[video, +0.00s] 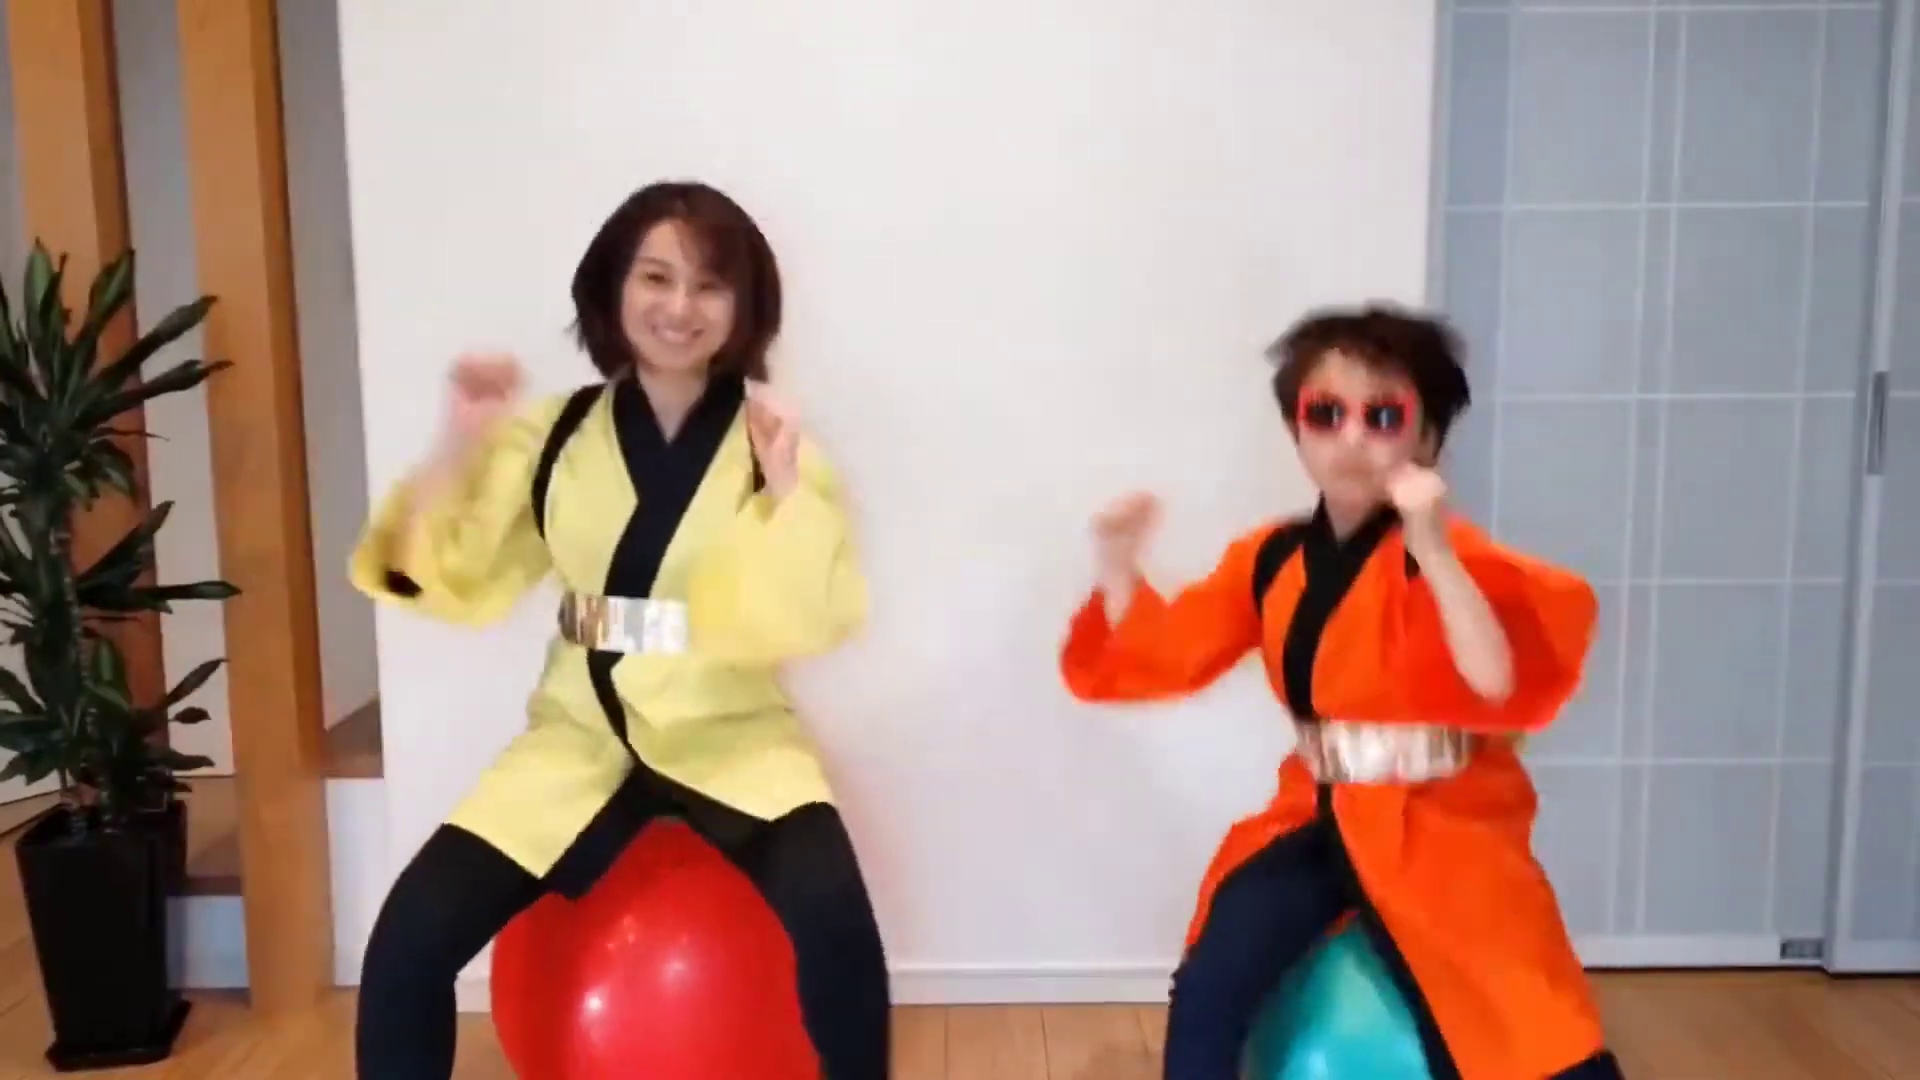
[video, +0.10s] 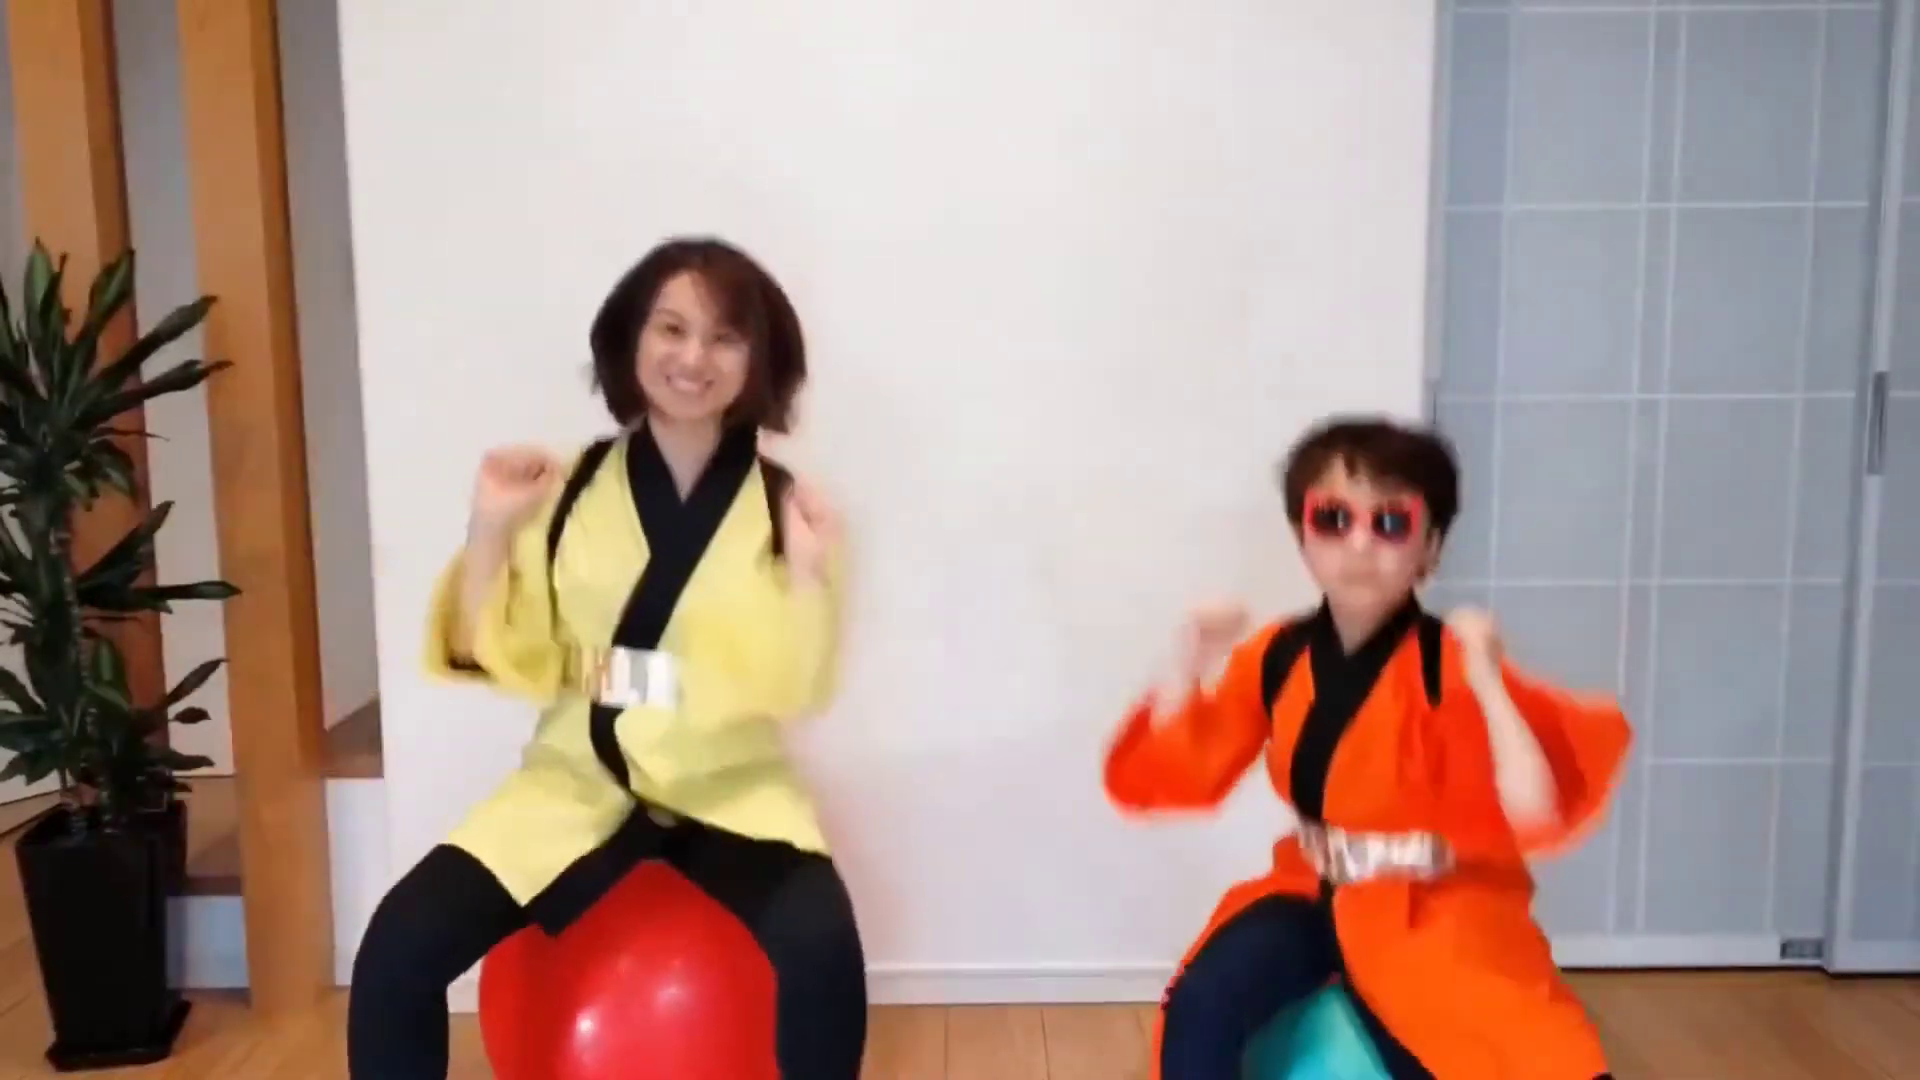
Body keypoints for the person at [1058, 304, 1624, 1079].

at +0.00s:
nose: (1353, 436)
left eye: (1382, 415)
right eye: (1325, 412)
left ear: (1425, 434)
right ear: (1294, 430)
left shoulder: (1450, 554)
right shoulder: (1273, 560)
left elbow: (1498, 681)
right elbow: (1162, 657)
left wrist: (1431, 548)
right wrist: (1118, 570)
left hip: (1445, 827)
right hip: (1321, 820)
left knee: (1543, 1036)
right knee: (1209, 984)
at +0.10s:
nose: (1360, 542)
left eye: (1392, 520)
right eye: (1332, 517)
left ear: (1432, 550)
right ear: (1302, 542)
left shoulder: (1456, 662)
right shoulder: (1276, 657)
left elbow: (1541, 821)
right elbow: (1162, 782)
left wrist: (1489, 682)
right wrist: (1182, 678)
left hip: (1438, 903)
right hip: (1316, 896)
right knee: (1202, 1005)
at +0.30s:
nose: (1407, 465)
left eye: (1440, 444)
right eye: (1381, 433)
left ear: (1465, 462)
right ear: (1334, 441)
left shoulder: (1495, 592)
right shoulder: (1285, 571)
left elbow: (1525, 778)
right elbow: (1230, 738)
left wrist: (1573, 737)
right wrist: (1175, 702)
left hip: (1456, 845)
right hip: (1318, 836)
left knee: (1585, 1040)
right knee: (1197, 1004)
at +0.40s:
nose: (1447, 423)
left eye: (1480, 404)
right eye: (1422, 391)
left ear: (1502, 417)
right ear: (1365, 394)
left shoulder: (1514, 529)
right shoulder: (1311, 509)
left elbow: (1553, 667)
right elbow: (1228, 611)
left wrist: (1622, 755)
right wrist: (1185, 679)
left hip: (1476, 792)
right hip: (1335, 787)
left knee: (1624, 988)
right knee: (1214, 979)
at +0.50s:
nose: (1483, 459)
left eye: (1515, 439)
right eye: (1459, 426)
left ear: (1537, 446)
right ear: (1397, 423)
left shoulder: (1536, 561)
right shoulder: (1336, 539)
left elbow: (1581, 714)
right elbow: (1223, 661)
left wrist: (1635, 842)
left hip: (1490, 805)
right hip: (1351, 800)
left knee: (1646, 983)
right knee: (1240, 954)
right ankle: (1207, 1067)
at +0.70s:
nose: (1536, 573)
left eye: (1560, 551)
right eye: (1505, 549)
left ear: (1578, 566)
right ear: (1439, 571)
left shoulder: (1562, 693)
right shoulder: (1391, 703)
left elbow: (1610, 828)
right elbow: (1417, 881)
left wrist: (1661, 938)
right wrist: (1479, 1048)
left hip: (1497, 935)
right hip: (1355, 939)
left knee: (1630, 1048)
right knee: (1253, 1050)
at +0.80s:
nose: (1549, 478)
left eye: (1574, 454)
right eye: (1517, 453)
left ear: (1595, 468)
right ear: (1451, 475)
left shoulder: (1592, 610)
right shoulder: (1407, 615)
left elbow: (1677, 726)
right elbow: (1478, 785)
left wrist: (1781, 824)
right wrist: (1630, 923)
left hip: (1523, 878)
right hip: (1386, 876)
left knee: (1666, 1039)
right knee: (1271, 1021)